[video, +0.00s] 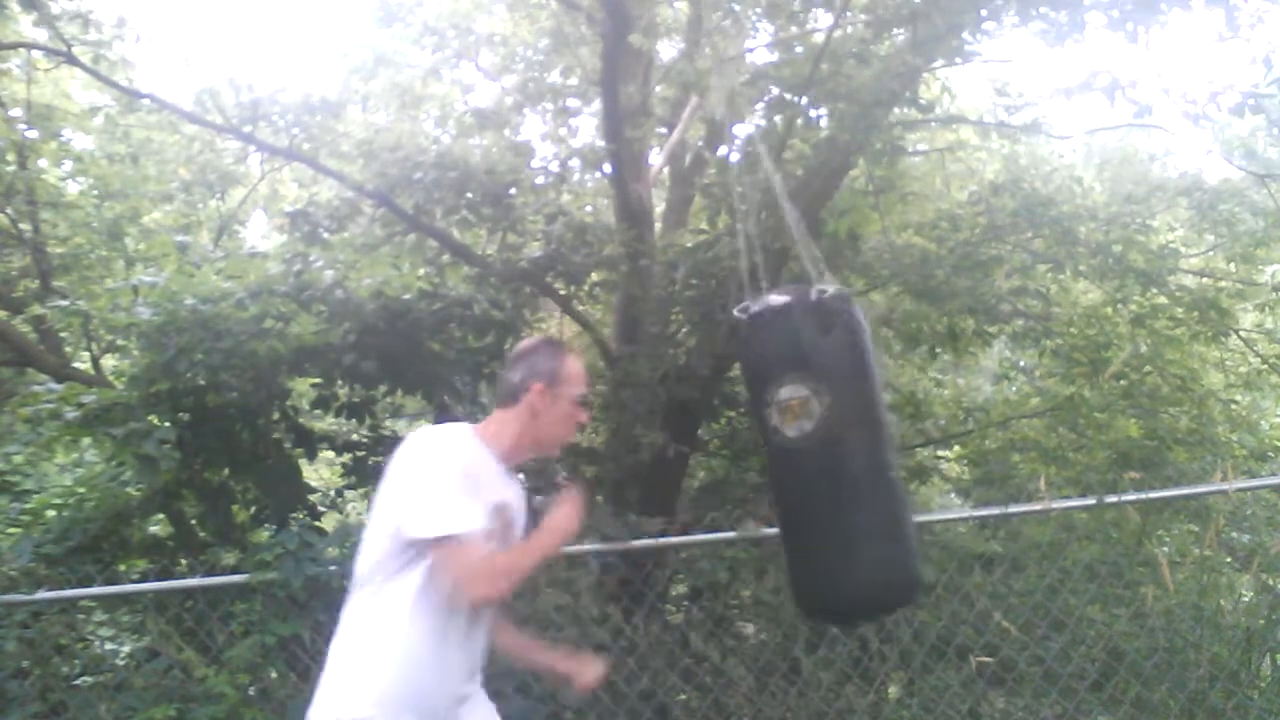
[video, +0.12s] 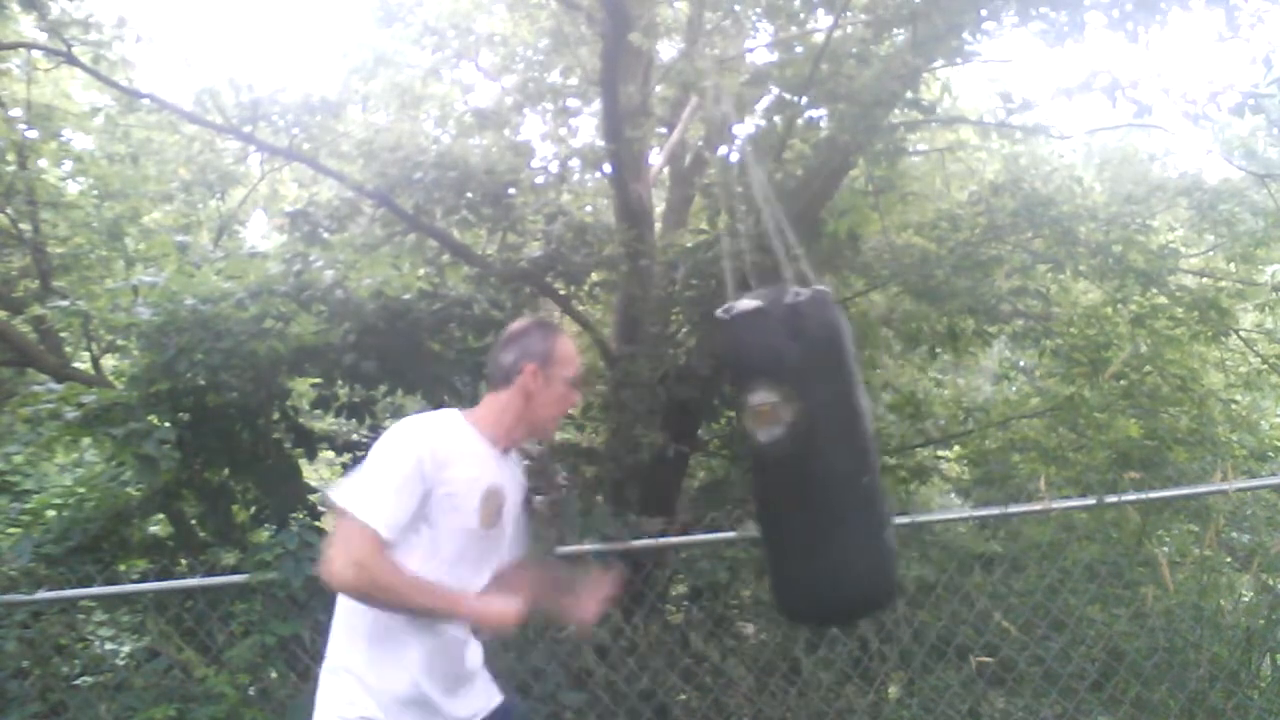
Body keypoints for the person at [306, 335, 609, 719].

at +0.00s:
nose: (586, 420)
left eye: (587, 405)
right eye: (579, 402)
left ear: (537, 398)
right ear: (537, 396)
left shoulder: (511, 495)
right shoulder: (434, 452)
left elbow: (482, 619)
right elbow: (472, 582)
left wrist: (563, 662)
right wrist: (558, 527)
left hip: (456, 704)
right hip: (374, 702)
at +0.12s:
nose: (575, 401)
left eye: (577, 385)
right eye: (570, 383)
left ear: (531, 379)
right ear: (531, 377)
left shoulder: (511, 475)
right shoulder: (419, 440)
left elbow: (495, 578)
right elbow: (345, 563)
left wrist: (567, 594)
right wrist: (470, 606)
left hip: (464, 697)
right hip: (373, 704)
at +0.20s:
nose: (579, 393)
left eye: (579, 377)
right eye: (571, 375)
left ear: (530, 373)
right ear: (527, 371)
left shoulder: (537, 462)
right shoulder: (423, 437)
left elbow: (607, 502)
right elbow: (334, 543)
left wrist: (693, 503)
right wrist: (457, 596)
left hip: (471, 695)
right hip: (376, 700)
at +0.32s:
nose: (578, 386)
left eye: (577, 371)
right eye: (569, 370)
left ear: (532, 372)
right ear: (530, 369)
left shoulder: (546, 456)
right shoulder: (435, 442)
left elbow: (623, 497)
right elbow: (463, 559)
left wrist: (728, 494)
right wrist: (570, 511)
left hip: (479, 692)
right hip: (388, 699)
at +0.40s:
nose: (576, 374)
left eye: (574, 359)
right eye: (567, 358)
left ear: (533, 364)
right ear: (527, 362)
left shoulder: (544, 454)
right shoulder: (456, 439)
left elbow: (615, 501)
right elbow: (568, 529)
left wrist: (714, 484)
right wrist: (608, 461)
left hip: (490, 696)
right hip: (413, 695)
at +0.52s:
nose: (573, 359)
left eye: (569, 345)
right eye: (561, 343)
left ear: (524, 348)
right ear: (523, 347)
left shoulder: (519, 428)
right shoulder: (487, 422)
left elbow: (588, 488)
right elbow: (597, 498)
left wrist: (644, 458)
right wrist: (663, 470)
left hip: (533, 692)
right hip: (486, 694)